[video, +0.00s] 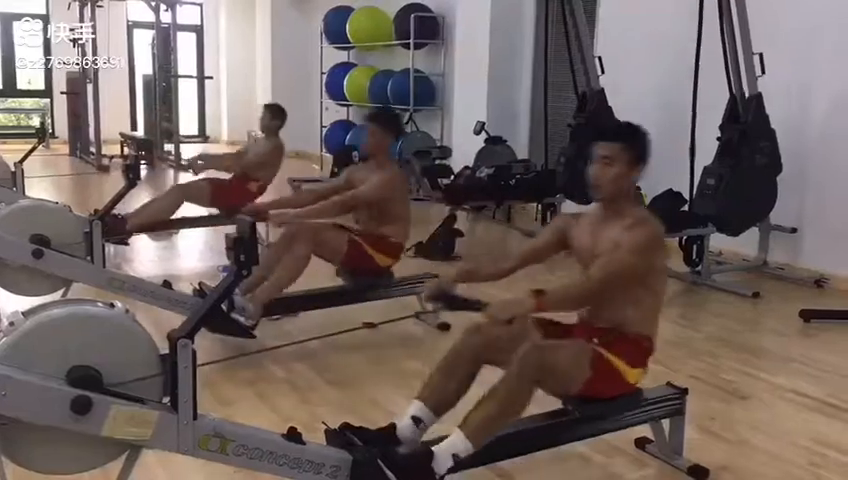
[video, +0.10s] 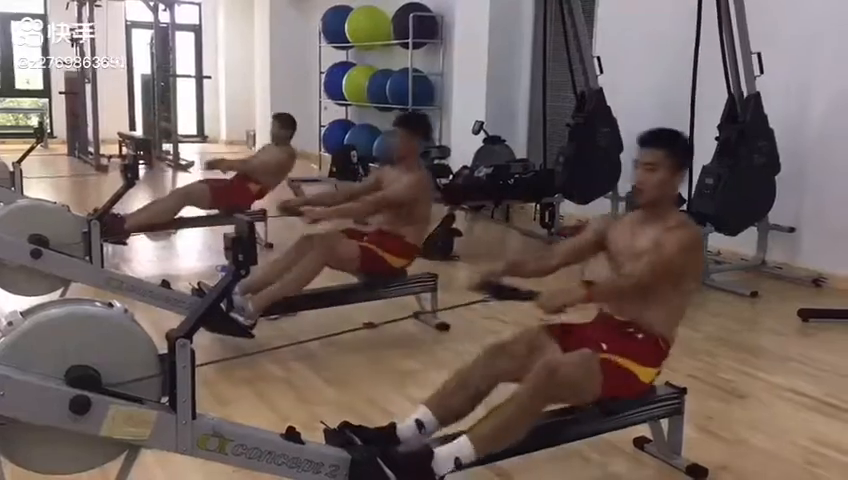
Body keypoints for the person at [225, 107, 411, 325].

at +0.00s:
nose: (364, 137)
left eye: (371, 133)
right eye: (366, 131)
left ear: (387, 139)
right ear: (374, 136)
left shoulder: (389, 178)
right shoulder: (359, 171)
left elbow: (342, 205)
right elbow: (314, 195)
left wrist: (288, 217)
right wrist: (266, 207)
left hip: (380, 252)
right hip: (361, 240)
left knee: (307, 236)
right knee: (293, 229)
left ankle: (255, 304)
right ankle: (243, 291)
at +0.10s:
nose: (393, 141)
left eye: (400, 136)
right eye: (394, 135)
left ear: (416, 142)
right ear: (396, 138)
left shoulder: (416, 180)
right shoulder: (388, 172)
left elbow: (373, 205)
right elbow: (350, 192)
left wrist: (323, 215)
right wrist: (305, 199)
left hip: (392, 253)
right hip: (371, 239)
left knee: (322, 248)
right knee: (306, 242)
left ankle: (255, 307)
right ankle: (240, 290)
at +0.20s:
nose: (417, 151)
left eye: (424, 147)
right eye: (418, 145)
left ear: (442, 152)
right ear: (418, 146)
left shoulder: (443, 189)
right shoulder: (411, 178)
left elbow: (404, 213)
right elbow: (371, 196)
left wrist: (359, 215)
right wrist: (330, 199)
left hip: (403, 251)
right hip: (384, 238)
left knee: (328, 257)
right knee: (315, 251)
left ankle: (251, 307)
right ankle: (235, 288)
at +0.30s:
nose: (433, 163)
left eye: (441, 158)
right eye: (433, 156)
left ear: (458, 163)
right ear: (431, 157)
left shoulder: (457, 198)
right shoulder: (423, 184)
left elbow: (441, 226)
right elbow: (396, 206)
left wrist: (380, 214)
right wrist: (364, 207)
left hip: (403, 249)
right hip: (384, 234)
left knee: (329, 265)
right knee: (316, 254)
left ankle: (251, 305)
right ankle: (235, 287)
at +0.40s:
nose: (434, 166)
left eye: (439, 161)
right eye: (435, 160)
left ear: (457, 166)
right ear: (442, 162)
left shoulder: (463, 203)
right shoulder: (431, 189)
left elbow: (463, 246)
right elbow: (412, 220)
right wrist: (393, 210)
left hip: (401, 251)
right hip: (384, 236)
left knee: (328, 262)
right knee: (315, 252)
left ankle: (250, 303)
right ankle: (239, 287)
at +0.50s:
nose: (434, 167)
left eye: (440, 162)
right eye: (434, 161)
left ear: (458, 166)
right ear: (438, 162)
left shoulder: (463, 203)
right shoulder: (433, 190)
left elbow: (471, 252)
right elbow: (407, 223)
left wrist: (461, 215)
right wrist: (405, 203)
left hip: (398, 249)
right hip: (378, 235)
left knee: (328, 262)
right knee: (314, 251)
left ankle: (248, 303)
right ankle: (234, 286)